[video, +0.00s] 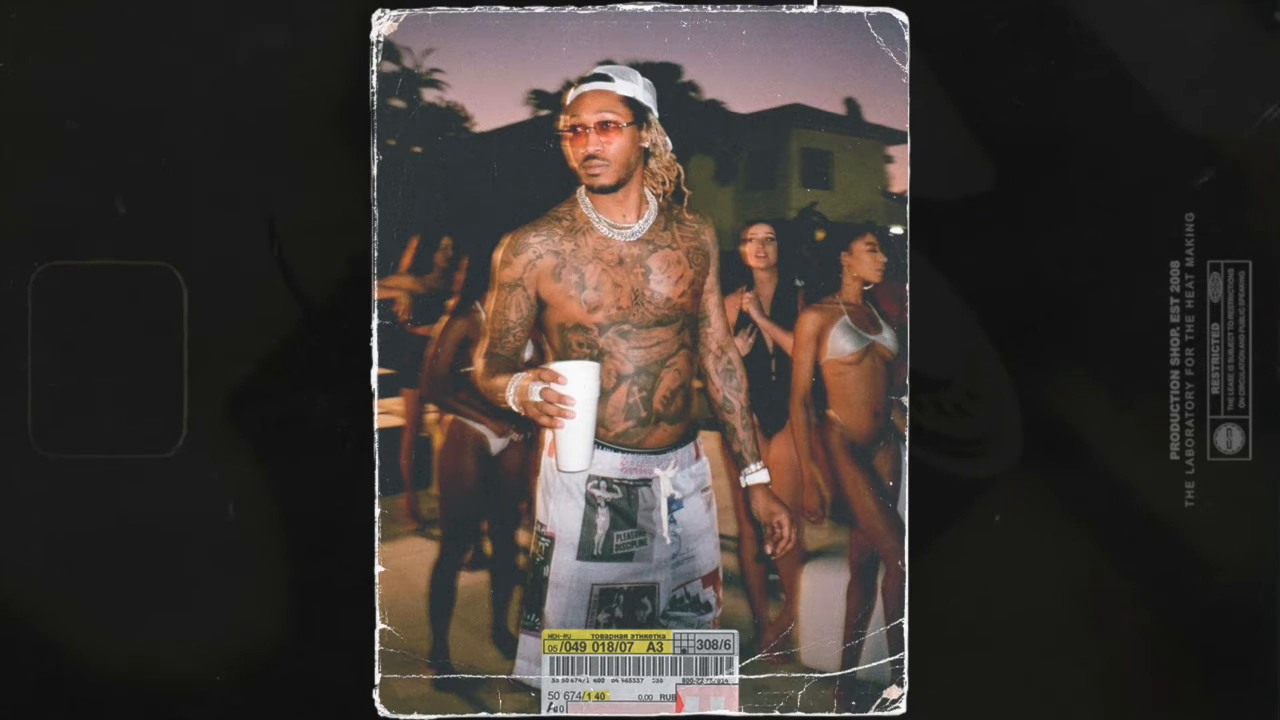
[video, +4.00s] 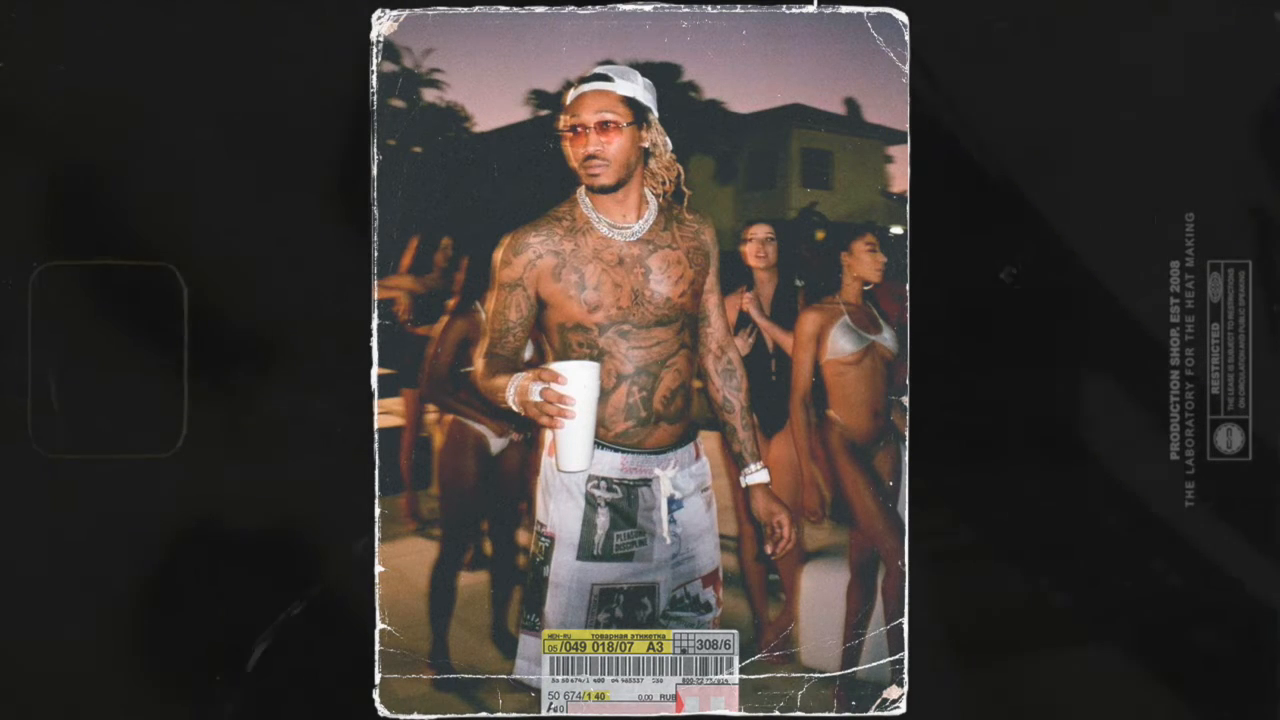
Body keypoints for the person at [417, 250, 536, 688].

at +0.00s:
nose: (517, 287)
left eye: (524, 279)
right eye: (511, 277)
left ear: (532, 287)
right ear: (496, 277)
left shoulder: (531, 332)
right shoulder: (466, 322)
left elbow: (543, 385)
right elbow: (434, 387)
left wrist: (529, 421)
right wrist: (489, 421)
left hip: (514, 445)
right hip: (465, 440)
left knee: (506, 541)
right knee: (456, 544)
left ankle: (501, 628)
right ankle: (439, 651)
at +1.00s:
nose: (514, 289)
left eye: (521, 281)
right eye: (507, 279)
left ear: (531, 289)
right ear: (493, 278)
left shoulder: (531, 333)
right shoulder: (465, 322)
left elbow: (543, 386)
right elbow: (434, 386)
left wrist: (529, 421)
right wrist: (490, 422)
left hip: (515, 443)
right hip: (465, 439)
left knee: (506, 540)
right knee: (456, 544)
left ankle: (501, 627)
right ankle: (439, 650)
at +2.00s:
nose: (515, 288)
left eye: (522, 280)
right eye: (508, 278)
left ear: (532, 288)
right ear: (494, 278)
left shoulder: (531, 333)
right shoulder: (465, 323)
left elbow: (543, 386)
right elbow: (434, 387)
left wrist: (529, 421)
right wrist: (490, 422)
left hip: (515, 443)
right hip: (465, 439)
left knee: (506, 540)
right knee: (456, 544)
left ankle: (501, 627)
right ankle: (439, 649)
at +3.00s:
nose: (515, 286)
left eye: (523, 278)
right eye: (509, 276)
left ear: (532, 287)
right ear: (495, 277)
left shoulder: (531, 331)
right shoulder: (466, 321)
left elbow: (544, 384)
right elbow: (434, 386)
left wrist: (530, 421)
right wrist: (490, 421)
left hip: (515, 443)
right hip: (465, 439)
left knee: (506, 541)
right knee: (455, 545)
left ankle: (501, 627)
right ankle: (439, 652)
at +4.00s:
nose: (516, 281)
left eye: (523, 273)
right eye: (510, 271)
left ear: (532, 281)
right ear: (496, 273)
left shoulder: (531, 328)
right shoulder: (467, 319)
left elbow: (544, 382)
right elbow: (435, 387)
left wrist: (529, 420)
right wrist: (491, 421)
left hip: (515, 444)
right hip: (465, 440)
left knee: (506, 541)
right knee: (455, 544)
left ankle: (501, 627)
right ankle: (439, 649)